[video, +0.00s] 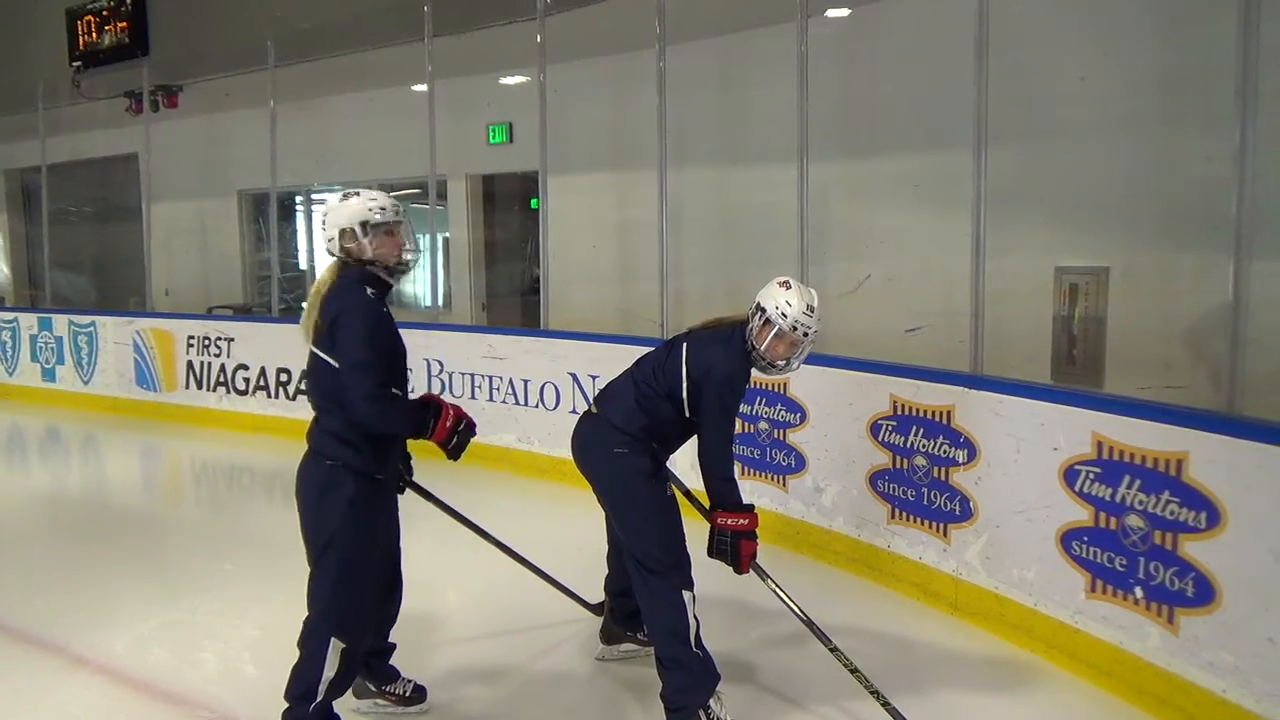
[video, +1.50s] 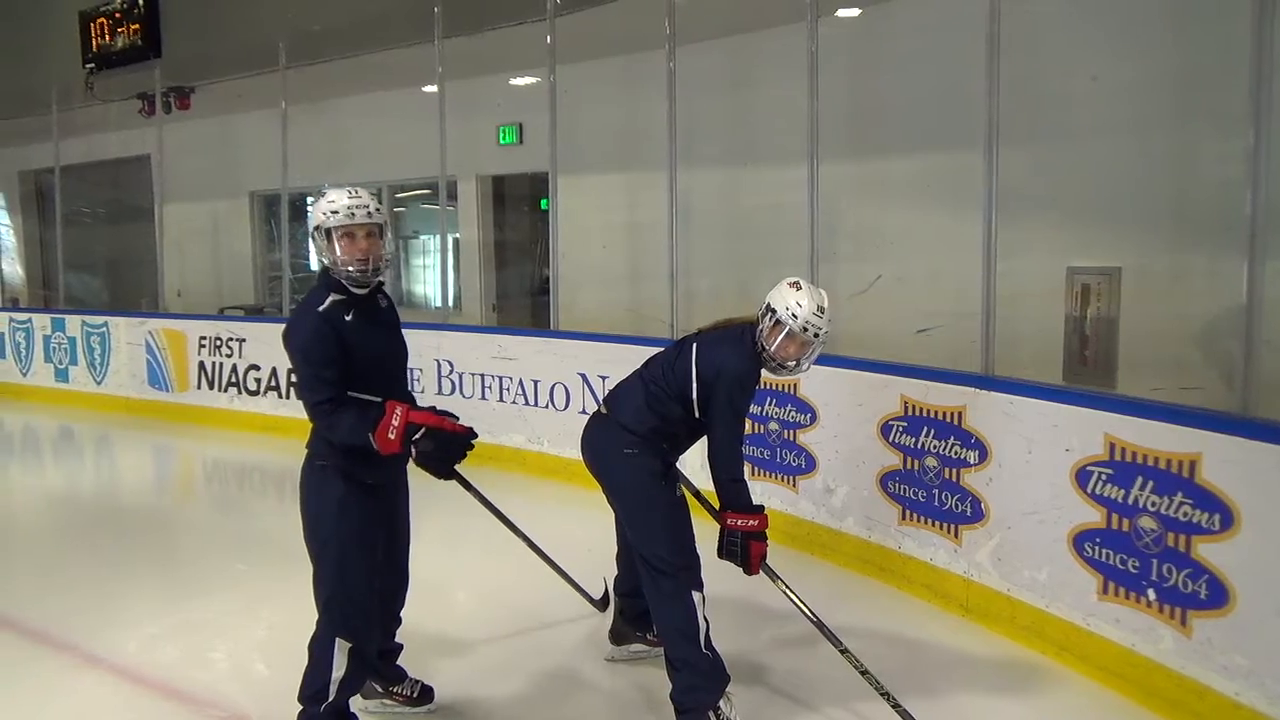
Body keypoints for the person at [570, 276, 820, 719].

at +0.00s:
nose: (776, 348)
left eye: (790, 342)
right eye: (773, 334)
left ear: (803, 346)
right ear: (757, 320)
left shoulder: (725, 341)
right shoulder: (726, 363)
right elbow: (715, 448)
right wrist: (733, 517)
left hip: (604, 435)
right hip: (621, 446)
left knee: (631, 535)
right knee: (666, 570)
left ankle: (622, 623)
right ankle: (690, 703)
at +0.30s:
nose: (777, 347)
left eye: (791, 342)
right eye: (773, 333)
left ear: (804, 346)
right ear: (758, 320)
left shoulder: (727, 341)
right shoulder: (727, 363)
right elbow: (717, 449)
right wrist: (735, 517)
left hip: (606, 434)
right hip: (623, 446)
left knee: (633, 533)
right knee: (667, 569)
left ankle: (624, 623)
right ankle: (692, 703)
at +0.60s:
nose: (780, 347)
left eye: (793, 341)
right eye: (776, 333)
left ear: (806, 345)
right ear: (761, 320)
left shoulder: (730, 340)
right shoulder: (730, 363)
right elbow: (719, 449)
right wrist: (737, 517)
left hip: (608, 434)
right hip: (625, 446)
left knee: (636, 533)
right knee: (670, 569)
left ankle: (626, 624)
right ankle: (694, 703)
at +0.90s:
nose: (782, 347)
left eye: (795, 341)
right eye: (778, 333)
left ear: (809, 346)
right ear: (762, 320)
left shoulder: (733, 340)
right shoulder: (733, 363)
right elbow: (722, 449)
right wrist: (739, 519)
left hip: (611, 434)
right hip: (627, 446)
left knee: (638, 535)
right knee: (672, 569)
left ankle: (628, 625)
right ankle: (696, 703)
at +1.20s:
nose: (786, 348)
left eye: (799, 342)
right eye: (782, 334)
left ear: (812, 346)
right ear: (765, 321)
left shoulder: (735, 341)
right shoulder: (735, 364)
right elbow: (723, 449)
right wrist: (741, 519)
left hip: (612, 435)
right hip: (629, 446)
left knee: (639, 535)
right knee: (674, 569)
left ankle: (630, 625)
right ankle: (698, 703)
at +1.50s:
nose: (787, 348)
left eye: (800, 342)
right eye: (783, 334)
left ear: (813, 346)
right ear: (767, 322)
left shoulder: (737, 341)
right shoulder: (736, 364)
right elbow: (725, 450)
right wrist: (742, 518)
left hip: (614, 435)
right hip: (631, 446)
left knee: (640, 535)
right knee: (676, 569)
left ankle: (632, 625)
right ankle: (700, 703)